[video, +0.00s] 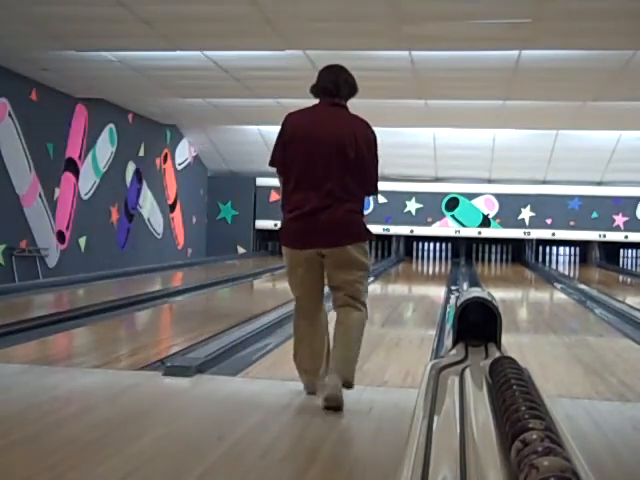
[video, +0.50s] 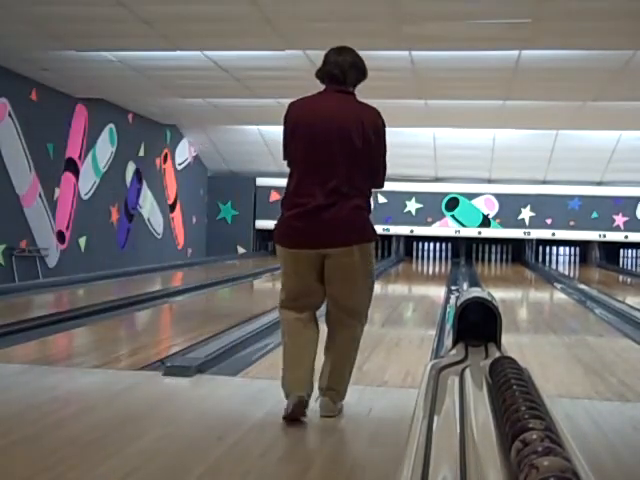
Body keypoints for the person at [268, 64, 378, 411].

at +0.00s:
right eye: (350, 92)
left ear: (317, 90)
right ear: (349, 94)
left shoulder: (293, 121)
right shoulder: (361, 129)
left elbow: (280, 167)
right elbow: (369, 185)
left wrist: (306, 186)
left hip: (298, 232)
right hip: (345, 232)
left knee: (307, 305)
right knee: (351, 302)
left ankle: (311, 380)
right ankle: (336, 377)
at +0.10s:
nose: (352, 97)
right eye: (353, 91)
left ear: (319, 89)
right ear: (351, 93)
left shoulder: (295, 122)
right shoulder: (364, 129)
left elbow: (284, 168)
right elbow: (371, 186)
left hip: (300, 234)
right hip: (349, 235)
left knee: (308, 307)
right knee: (349, 308)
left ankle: (310, 380)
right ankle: (331, 389)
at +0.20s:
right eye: (356, 87)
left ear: (320, 86)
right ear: (355, 90)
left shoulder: (297, 119)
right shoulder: (367, 127)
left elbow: (288, 166)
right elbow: (374, 183)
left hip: (301, 234)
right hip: (350, 236)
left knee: (307, 311)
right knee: (349, 313)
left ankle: (304, 380)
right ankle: (331, 397)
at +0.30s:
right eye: (358, 84)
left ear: (322, 81)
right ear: (357, 85)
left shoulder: (298, 114)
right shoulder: (370, 122)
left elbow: (291, 163)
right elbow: (375, 177)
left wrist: (326, 172)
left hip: (300, 230)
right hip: (351, 232)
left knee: (302, 315)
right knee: (348, 314)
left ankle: (300, 391)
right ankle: (331, 397)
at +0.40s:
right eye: (359, 77)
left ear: (322, 76)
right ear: (359, 81)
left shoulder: (298, 111)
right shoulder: (371, 118)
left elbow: (292, 161)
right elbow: (377, 177)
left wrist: (329, 160)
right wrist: (342, 162)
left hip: (299, 231)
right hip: (351, 233)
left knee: (298, 312)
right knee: (347, 316)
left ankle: (297, 396)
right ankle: (331, 400)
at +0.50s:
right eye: (360, 76)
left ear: (322, 74)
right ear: (358, 79)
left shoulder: (297, 110)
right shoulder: (370, 117)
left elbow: (290, 159)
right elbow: (378, 178)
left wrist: (330, 160)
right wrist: (341, 164)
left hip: (297, 232)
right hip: (350, 235)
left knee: (297, 308)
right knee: (347, 317)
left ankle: (297, 394)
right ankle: (331, 400)